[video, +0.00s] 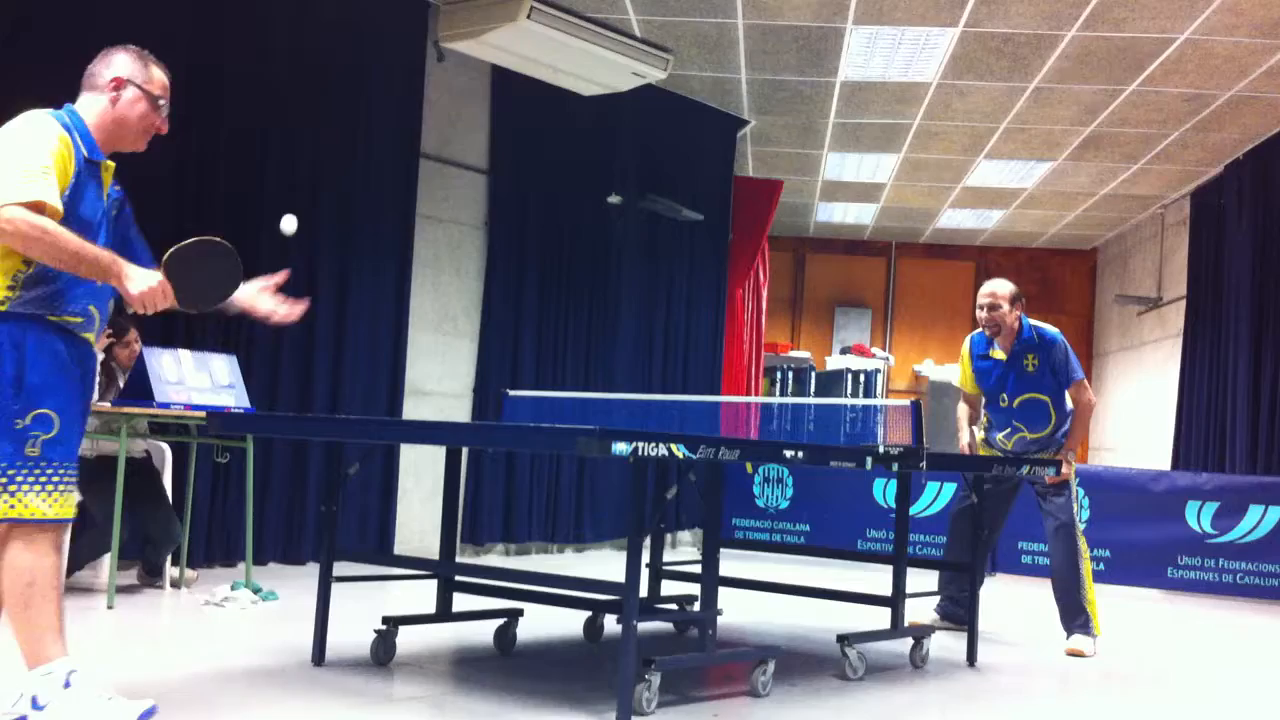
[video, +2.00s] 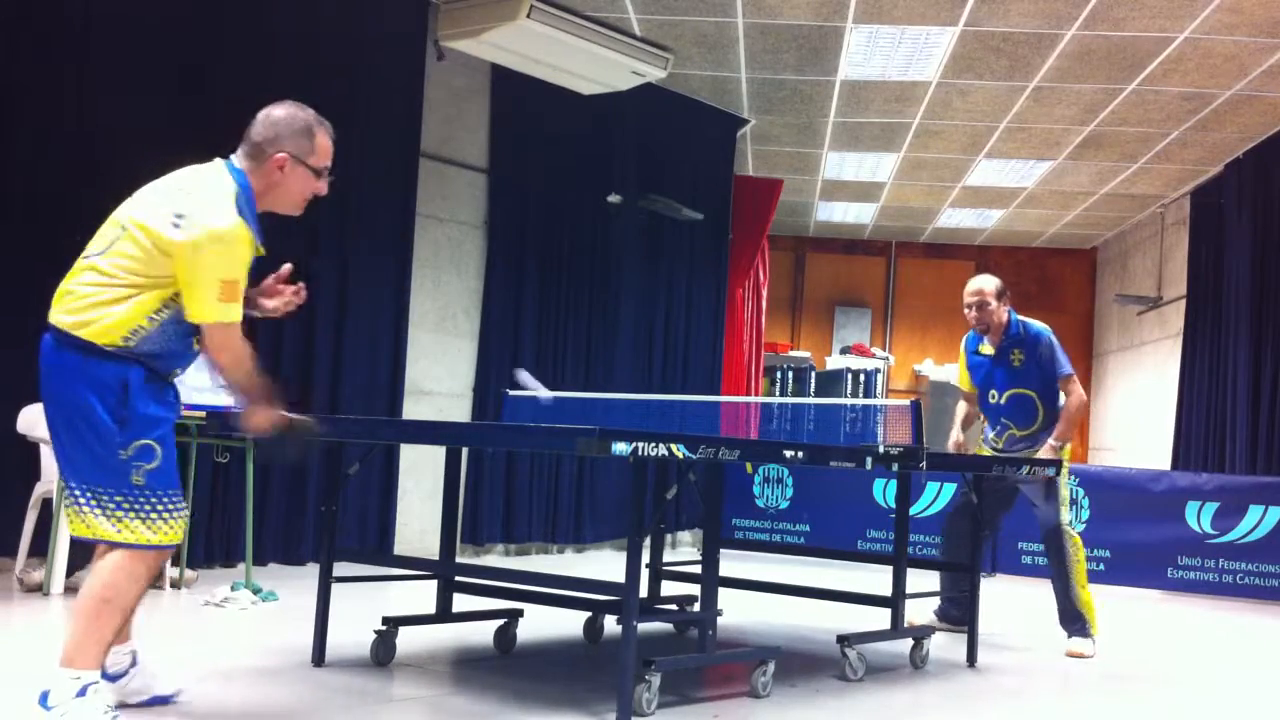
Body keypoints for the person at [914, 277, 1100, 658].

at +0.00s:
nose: (985, 315)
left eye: (994, 308)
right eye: (980, 309)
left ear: (1016, 310)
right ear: (975, 312)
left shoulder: (1048, 340)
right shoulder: (974, 346)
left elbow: (1084, 400)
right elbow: (968, 400)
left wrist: (1068, 452)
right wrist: (965, 435)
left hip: (1048, 452)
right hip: (996, 450)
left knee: (1064, 531)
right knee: (966, 520)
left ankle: (1080, 630)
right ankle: (955, 611)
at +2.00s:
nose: (973, 313)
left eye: (980, 305)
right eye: (967, 307)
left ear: (1003, 304)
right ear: (964, 310)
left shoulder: (1037, 336)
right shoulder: (970, 345)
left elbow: (1077, 397)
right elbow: (970, 400)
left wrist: (1054, 445)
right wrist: (957, 430)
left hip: (1040, 453)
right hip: (993, 453)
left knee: (1057, 533)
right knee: (958, 522)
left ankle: (1080, 632)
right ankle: (955, 614)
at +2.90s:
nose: (994, 305)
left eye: (1000, 298)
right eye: (993, 299)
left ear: (1027, 296)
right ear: (1003, 297)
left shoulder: (1062, 330)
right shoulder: (999, 322)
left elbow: (1097, 386)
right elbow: (962, 336)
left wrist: (1093, 432)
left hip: (1052, 450)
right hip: (1009, 446)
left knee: (1059, 531)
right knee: (981, 526)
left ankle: (1096, 635)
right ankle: (954, 609)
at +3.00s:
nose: (1018, 297)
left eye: (1025, 290)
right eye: (1016, 290)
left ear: (1054, 292)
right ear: (1019, 292)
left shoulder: (1082, 335)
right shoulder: (1013, 321)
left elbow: (1111, 395)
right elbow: (971, 347)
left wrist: (1100, 447)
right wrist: (952, 313)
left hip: (1061, 454)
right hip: (1011, 449)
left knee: (1068, 536)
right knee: (987, 525)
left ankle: (1097, 633)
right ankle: (964, 606)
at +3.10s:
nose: (1032, 306)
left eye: (1040, 298)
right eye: (1029, 298)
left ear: (1066, 300)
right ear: (1028, 299)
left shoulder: (1093, 345)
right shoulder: (1024, 332)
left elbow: (1118, 405)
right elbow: (981, 369)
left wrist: (1107, 460)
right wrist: (960, 337)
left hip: (1067, 456)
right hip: (1018, 451)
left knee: (1076, 537)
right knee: (985, 518)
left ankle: (1096, 637)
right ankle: (986, 608)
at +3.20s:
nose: (1028, 309)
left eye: (1037, 302)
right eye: (1025, 302)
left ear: (1063, 304)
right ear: (1024, 303)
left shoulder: (1088, 344)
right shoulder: (1021, 341)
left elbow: (1118, 400)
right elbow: (978, 375)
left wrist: (1120, 457)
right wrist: (959, 350)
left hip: (1067, 459)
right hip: (1020, 456)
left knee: (1073, 539)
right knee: (982, 518)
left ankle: (1097, 637)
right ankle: (999, 614)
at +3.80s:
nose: (932, 351)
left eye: (936, 344)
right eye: (931, 344)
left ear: (952, 343)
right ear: (961, 341)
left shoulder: (979, 358)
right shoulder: (966, 377)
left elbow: (946, 352)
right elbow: (975, 436)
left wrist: (909, 334)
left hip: (1016, 452)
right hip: (999, 458)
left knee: (1023, 528)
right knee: (1007, 536)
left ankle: (1089, 586)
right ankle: (1046, 603)